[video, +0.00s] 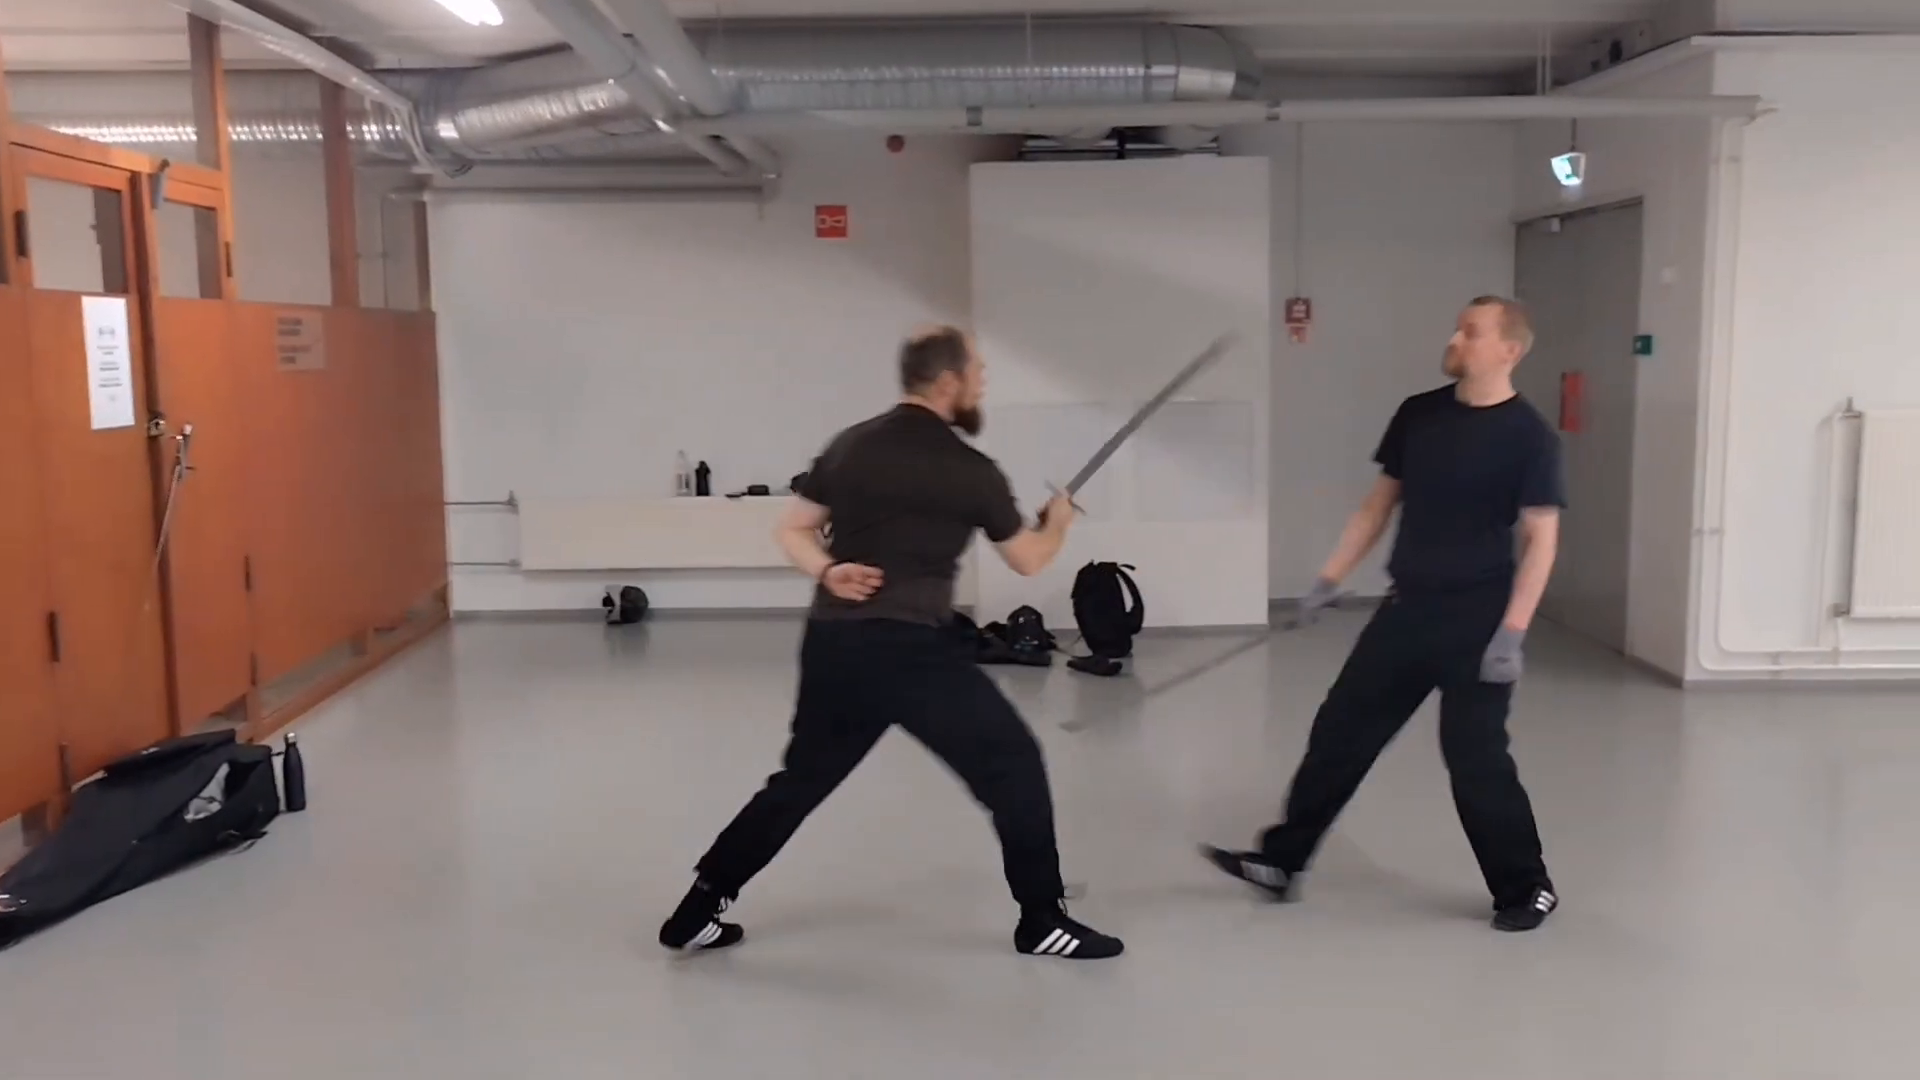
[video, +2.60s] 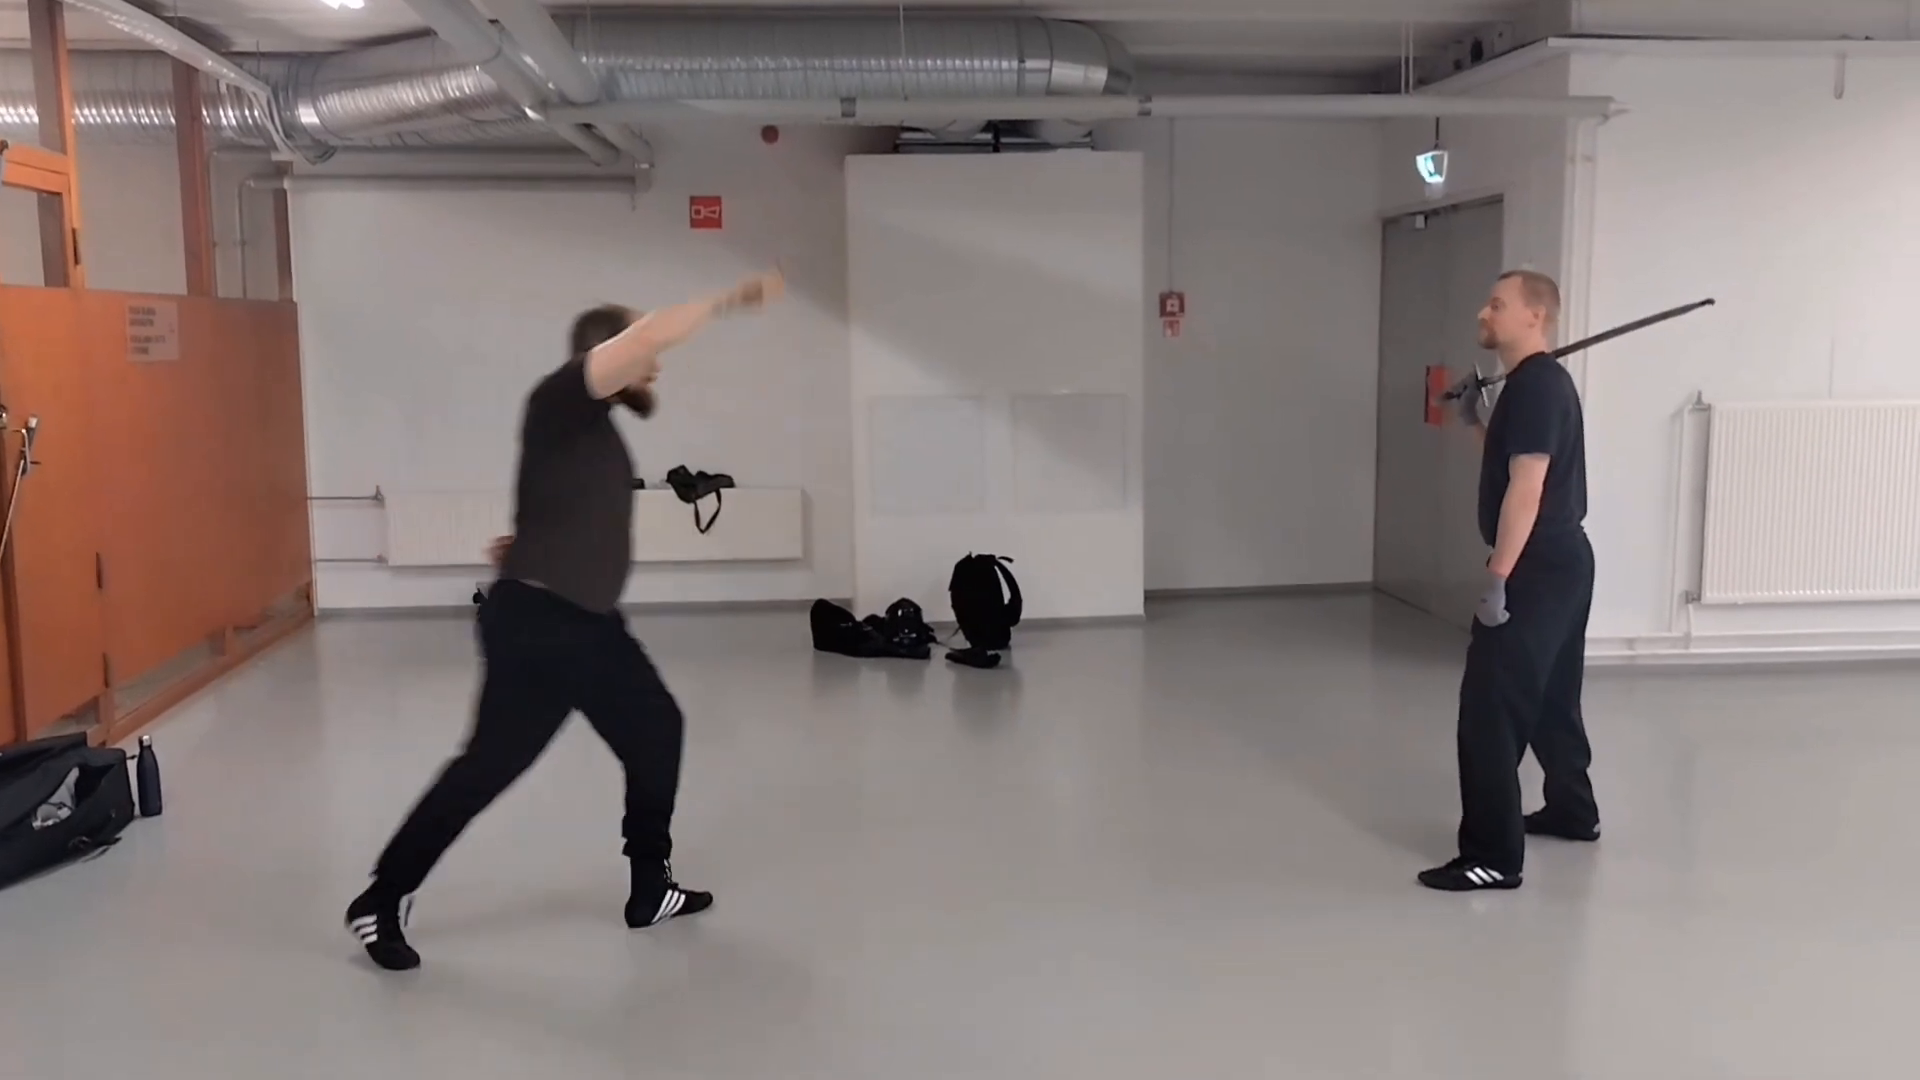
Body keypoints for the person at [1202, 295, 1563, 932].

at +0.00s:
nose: (1453, 340)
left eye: (1469, 332)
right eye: (1456, 329)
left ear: (1510, 350)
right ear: (1458, 341)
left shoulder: (1530, 435)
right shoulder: (1420, 414)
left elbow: (1540, 541)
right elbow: (1379, 504)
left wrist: (1511, 632)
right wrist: (1327, 581)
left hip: (1481, 618)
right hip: (1408, 610)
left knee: (1475, 756)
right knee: (1342, 729)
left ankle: (1526, 889)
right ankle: (1281, 860)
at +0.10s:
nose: (1476, 328)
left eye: (1492, 320)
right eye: (1478, 318)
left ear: (1533, 338)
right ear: (1478, 330)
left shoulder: (1556, 421)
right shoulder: (1447, 403)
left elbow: (1570, 528)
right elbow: (1414, 498)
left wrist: (1546, 618)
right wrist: (1376, 575)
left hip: (1512, 604)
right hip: (1440, 596)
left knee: (1497, 749)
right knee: (1377, 717)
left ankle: (1519, 887)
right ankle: (1378, 859)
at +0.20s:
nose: (1494, 320)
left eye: (1510, 311)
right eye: (1496, 309)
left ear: (1552, 327)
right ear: (1500, 321)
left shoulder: (1576, 412)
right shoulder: (1466, 395)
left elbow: (1589, 518)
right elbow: (1442, 488)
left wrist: (1565, 607)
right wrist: (1406, 569)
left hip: (1533, 598)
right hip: (1464, 590)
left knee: (1514, 739)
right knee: (1435, 724)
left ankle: (1516, 881)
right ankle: (1478, 842)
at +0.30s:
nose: (1511, 315)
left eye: (1528, 307)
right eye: (1513, 305)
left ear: (1569, 324)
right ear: (1515, 316)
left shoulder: (1592, 407)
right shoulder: (1487, 392)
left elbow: (1604, 512)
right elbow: (1459, 484)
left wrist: (1576, 602)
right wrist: (1419, 561)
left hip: (1553, 587)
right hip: (1491, 581)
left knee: (1520, 727)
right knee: (1496, 723)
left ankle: (1510, 882)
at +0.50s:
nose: (1532, 323)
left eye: (1548, 315)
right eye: (1535, 313)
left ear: (1588, 331)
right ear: (1546, 329)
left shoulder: (1609, 407)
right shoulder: (1527, 398)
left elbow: (1623, 513)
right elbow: (1502, 487)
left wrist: (1584, 601)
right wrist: (1439, 533)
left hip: (1584, 589)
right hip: (1544, 584)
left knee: (1534, 720)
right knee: (1591, 706)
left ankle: (1500, 870)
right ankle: (1669, 803)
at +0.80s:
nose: (1545, 320)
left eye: (1559, 311)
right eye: (1547, 311)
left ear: (1599, 323)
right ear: (1582, 326)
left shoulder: (1610, 392)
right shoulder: (1574, 391)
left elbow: (1624, 499)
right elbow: (1570, 479)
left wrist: (1596, 589)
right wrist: (1508, 468)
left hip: (1610, 577)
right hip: (1598, 570)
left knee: (1567, 711)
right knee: (1628, 706)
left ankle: (1526, 855)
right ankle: (1654, 829)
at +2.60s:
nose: (1483, 314)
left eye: (1496, 305)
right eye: (1486, 304)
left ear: (1535, 317)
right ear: (1535, 321)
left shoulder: (1535, 382)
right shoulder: (1541, 380)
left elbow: (1529, 481)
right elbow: (1511, 464)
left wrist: (1496, 575)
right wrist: (1478, 419)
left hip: (1536, 567)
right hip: (1560, 560)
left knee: (1485, 708)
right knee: (1551, 694)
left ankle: (1492, 858)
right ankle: (1572, 809)